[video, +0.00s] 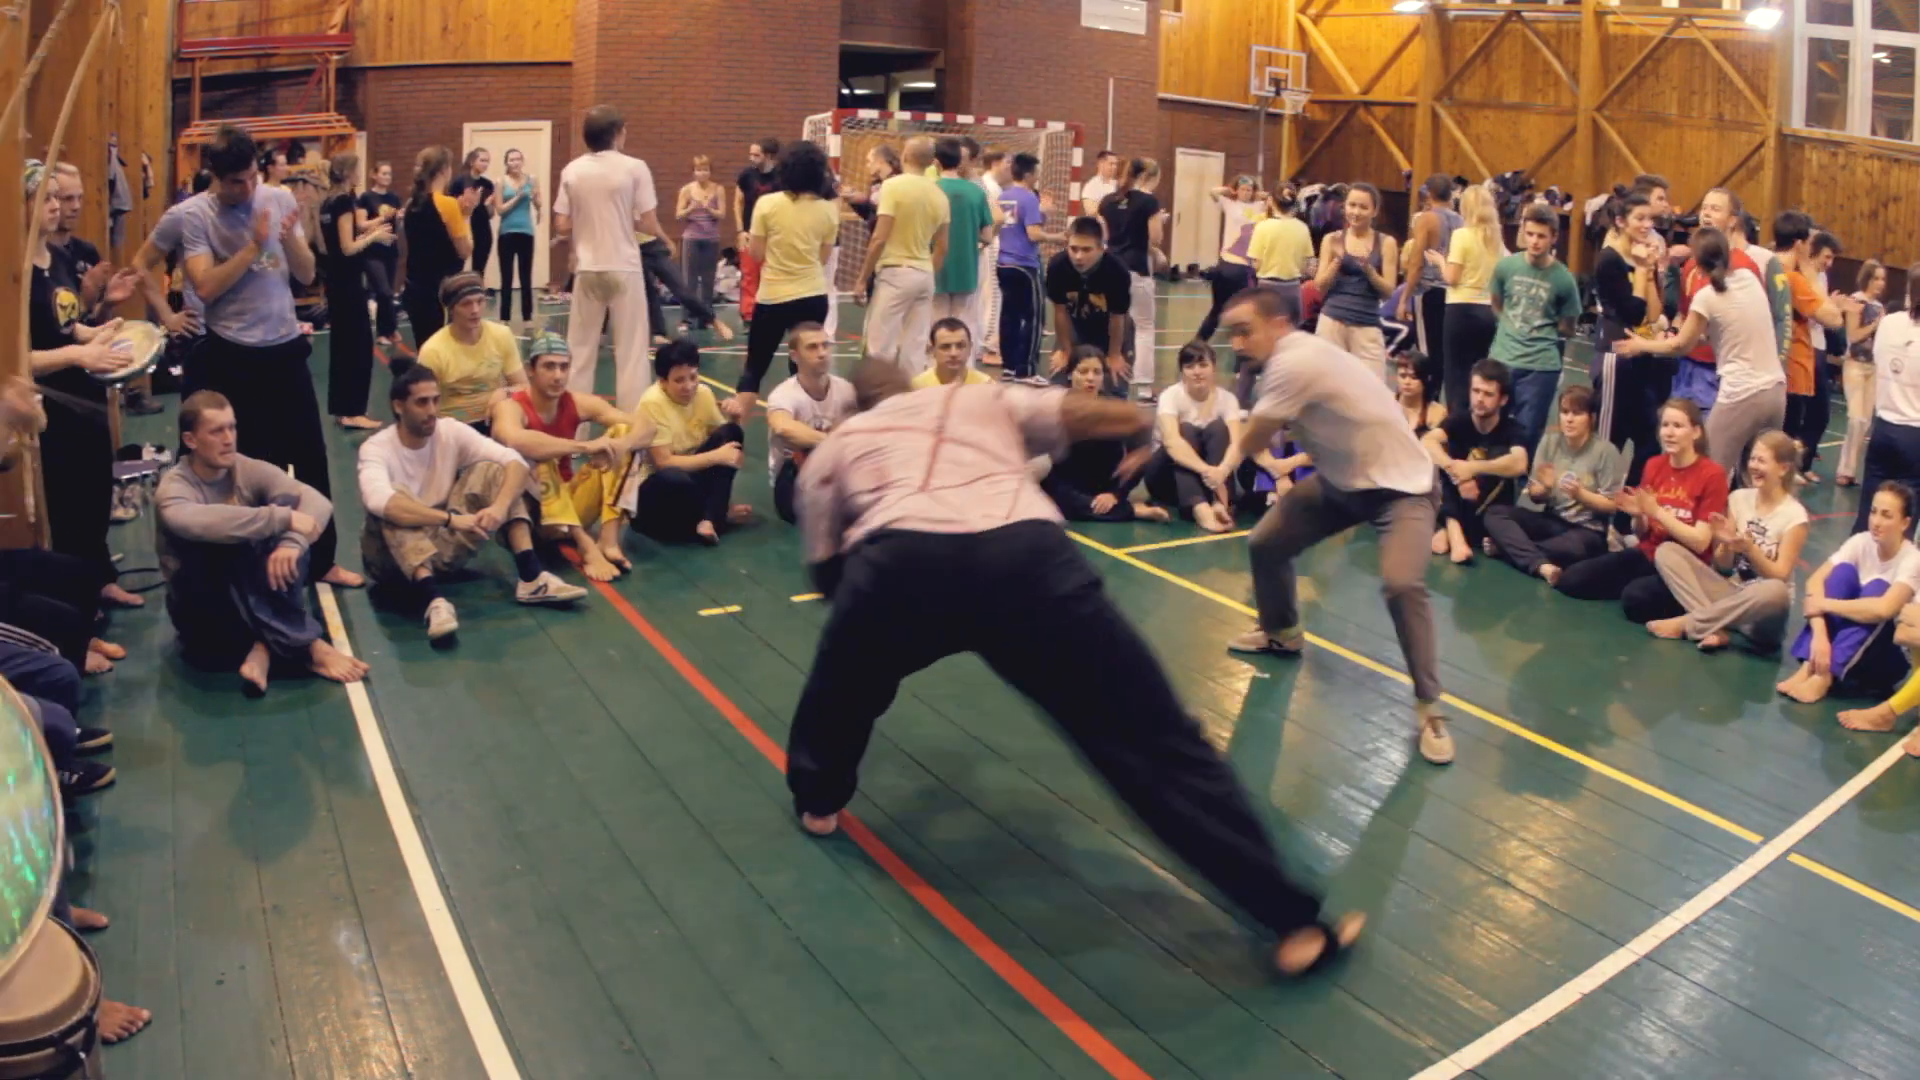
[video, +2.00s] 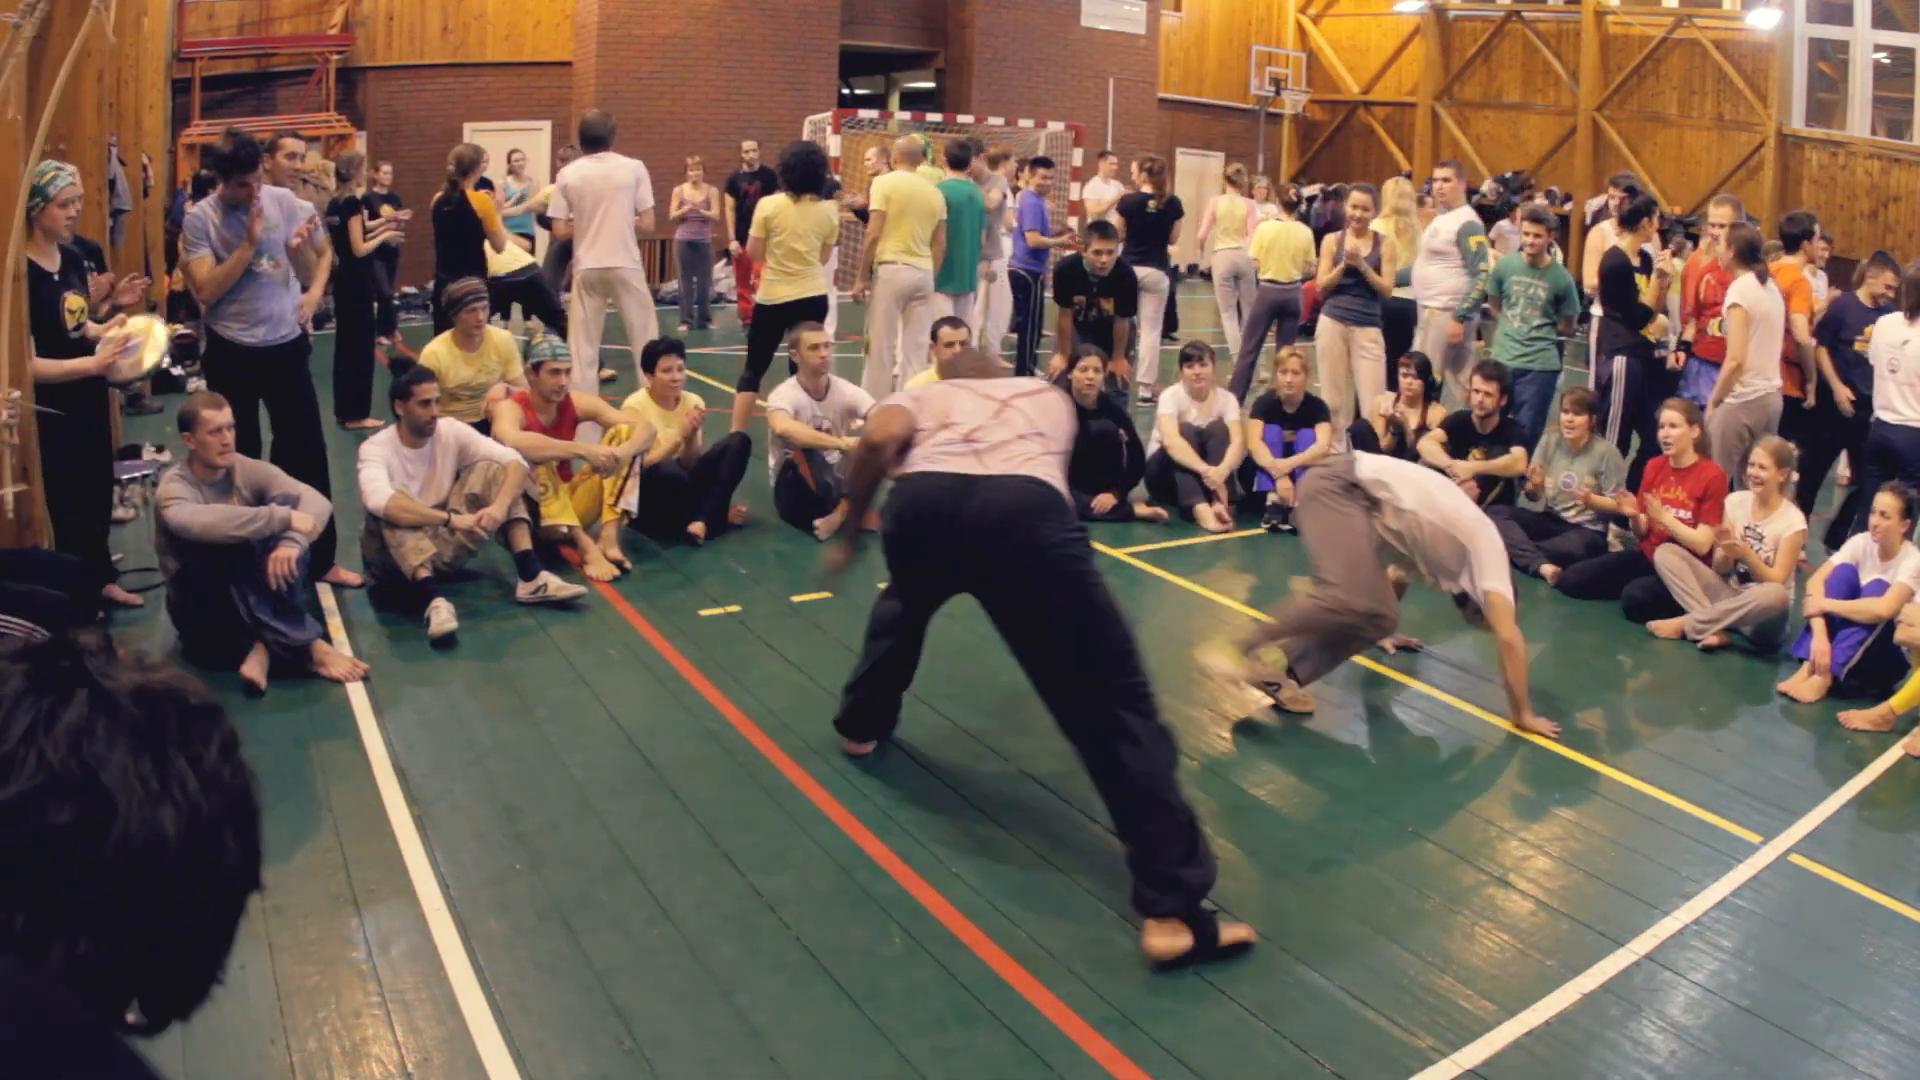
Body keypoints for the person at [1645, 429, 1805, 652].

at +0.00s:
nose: (1753, 466)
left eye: (1761, 460)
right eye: (1752, 459)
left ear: (1783, 468)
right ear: (1747, 462)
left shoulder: (1795, 515)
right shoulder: (1738, 498)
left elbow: (1780, 574)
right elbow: (1722, 563)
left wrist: (1748, 549)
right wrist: (1725, 543)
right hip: (1729, 591)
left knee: (1775, 590)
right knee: (1667, 551)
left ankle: (1685, 624)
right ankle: (1711, 629)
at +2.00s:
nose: (1753, 473)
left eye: (1762, 467)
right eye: (1751, 465)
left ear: (1783, 475)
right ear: (1745, 466)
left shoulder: (1793, 520)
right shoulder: (1734, 501)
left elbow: (1778, 579)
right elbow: (1719, 568)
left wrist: (1745, 554)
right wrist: (1727, 551)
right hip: (1727, 596)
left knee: (1775, 594)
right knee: (1665, 552)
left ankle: (1684, 624)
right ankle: (1712, 629)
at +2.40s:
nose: (1757, 471)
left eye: (1766, 465)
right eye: (1754, 463)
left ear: (1784, 473)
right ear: (1748, 466)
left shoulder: (1794, 521)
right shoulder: (1734, 502)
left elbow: (1776, 578)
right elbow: (1720, 567)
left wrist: (1743, 551)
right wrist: (1730, 549)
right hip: (1726, 589)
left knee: (1774, 594)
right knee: (1685, 555)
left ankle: (1690, 624)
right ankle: (1709, 631)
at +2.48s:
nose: (1758, 471)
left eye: (1767, 465)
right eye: (1755, 463)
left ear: (1785, 473)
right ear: (1748, 466)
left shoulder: (1794, 521)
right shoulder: (1734, 502)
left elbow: (1777, 576)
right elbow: (1721, 546)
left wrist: (1742, 547)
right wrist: (1722, 536)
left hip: (1765, 589)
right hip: (1728, 582)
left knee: (1773, 591)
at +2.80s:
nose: (1759, 472)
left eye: (1769, 466)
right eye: (1756, 464)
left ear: (1785, 474)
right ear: (1749, 466)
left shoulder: (1794, 522)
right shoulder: (1735, 502)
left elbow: (1776, 579)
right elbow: (1720, 564)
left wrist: (1742, 549)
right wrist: (1733, 547)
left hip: (1764, 601)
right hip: (1727, 589)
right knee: (1666, 554)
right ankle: (1707, 620)